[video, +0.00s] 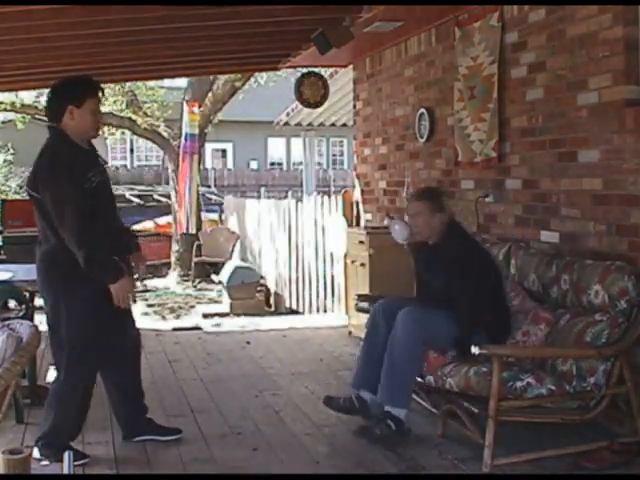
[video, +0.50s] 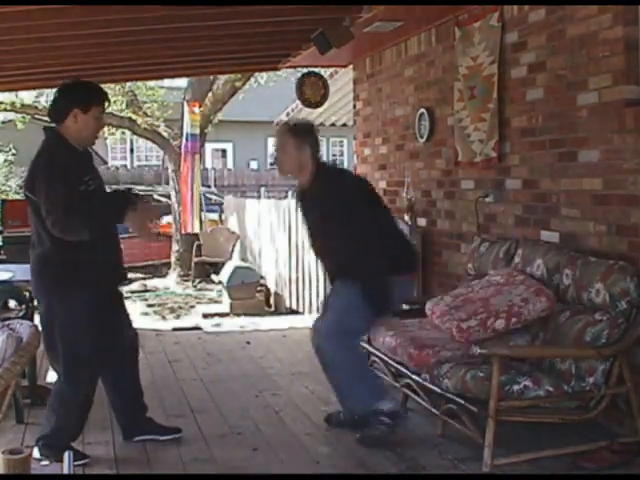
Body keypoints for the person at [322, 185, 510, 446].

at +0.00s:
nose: (410, 223)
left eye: (416, 216)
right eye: (409, 216)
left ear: (439, 217)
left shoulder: (464, 249)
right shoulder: (426, 247)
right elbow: (428, 295)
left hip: (479, 328)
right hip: (445, 315)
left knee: (411, 319)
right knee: (384, 310)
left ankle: (395, 417)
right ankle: (366, 398)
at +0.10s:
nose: (376, 231)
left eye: (383, 224)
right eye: (376, 224)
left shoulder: (434, 251)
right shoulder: (398, 253)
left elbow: (457, 303)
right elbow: (417, 299)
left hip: (473, 330)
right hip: (441, 320)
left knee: (405, 324)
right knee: (379, 314)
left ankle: (398, 419)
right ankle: (370, 406)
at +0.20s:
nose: (342, 235)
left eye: (348, 228)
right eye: (342, 228)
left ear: (372, 229)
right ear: (370, 231)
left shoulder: (407, 253)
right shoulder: (373, 258)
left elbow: (418, 308)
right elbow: (391, 302)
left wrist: (442, 359)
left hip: (460, 322)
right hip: (426, 315)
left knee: (388, 327)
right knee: (363, 319)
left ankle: (396, 418)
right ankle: (370, 407)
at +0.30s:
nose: (314, 219)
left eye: (320, 212)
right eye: (315, 212)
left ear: (344, 213)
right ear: (339, 215)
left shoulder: (385, 239)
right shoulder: (350, 247)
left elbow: (413, 294)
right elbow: (375, 294)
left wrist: (436, 353)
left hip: (441, 307)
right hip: (407, 303)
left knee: (369, 333)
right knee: (346, 320)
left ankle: (395, 419)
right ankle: (363, 407)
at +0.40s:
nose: (292, 191)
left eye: (297, 184)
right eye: (292, 184)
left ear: (318, 184)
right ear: (313, 185)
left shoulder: (362, 215)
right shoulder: (327, 222)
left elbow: (392, 276)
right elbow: (358, 272)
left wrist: (411, 338)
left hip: (415, 289)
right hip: (379, 289)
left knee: (353, 336)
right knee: (332, 328)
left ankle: (391, 419)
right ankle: (355, 410)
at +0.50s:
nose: (275, 156)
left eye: (281, 148)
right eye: (276, 149)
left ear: (302, 150)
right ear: (297, 152)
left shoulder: (341, 186)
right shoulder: (308, 194)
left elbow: (366, 245)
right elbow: (332, 251)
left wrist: (381, 305)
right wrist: (335, 295)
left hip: (381, 276)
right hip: (355, 276)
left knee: (332, 335)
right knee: (323, 334)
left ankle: (382, 408)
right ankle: (358, 408)